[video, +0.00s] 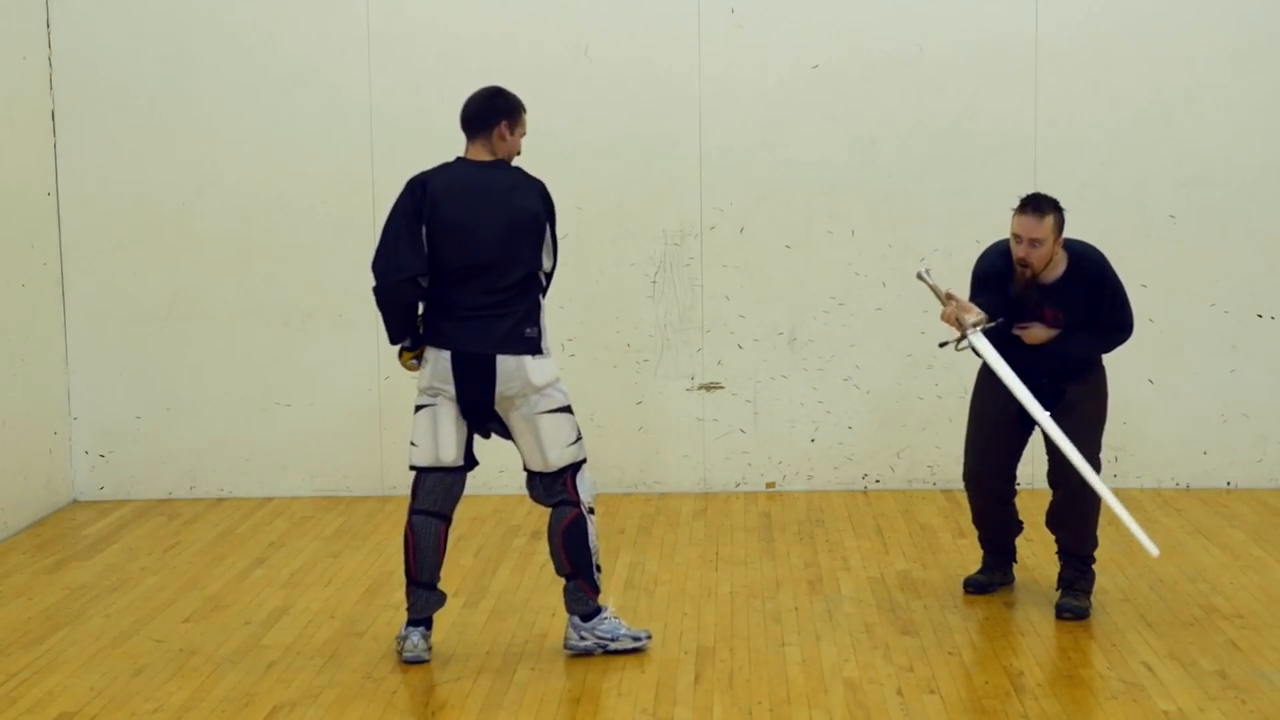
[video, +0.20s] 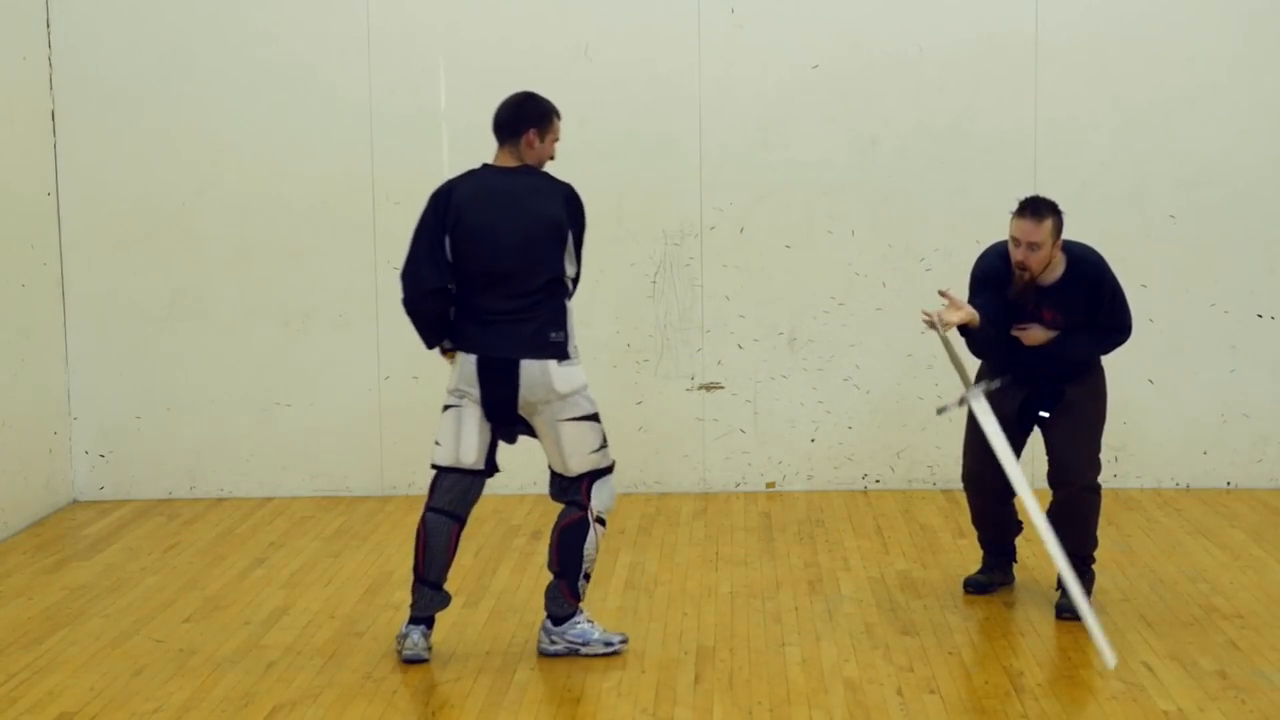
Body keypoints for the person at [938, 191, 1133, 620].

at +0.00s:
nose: (1024, 252)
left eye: (1035, 243)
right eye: (1018, 240)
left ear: (1058, 240)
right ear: (1011, 233)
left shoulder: (1090, 267)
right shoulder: (994, 264)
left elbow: (1119, 327)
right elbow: (989, 338)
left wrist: (1056, 337)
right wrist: (973, 323)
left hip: (1074, 375)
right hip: (1005, 370)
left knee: (1075, 476)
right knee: (984, 470)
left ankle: (1075, 582)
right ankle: (997, 563)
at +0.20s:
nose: (1021, 255)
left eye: (1032, 247)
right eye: (1015, 243)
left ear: (1058, 243)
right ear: (1009, 236)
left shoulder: (1088, 269)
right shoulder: (992, 265)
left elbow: (1118, 328)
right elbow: (985, 348)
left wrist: (1055, 338)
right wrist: (972, 320)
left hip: (1074, 379)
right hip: (1006, 374)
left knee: (1076, 480)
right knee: (982, 472)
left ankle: (1075, 581)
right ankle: (997, 563)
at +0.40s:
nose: (1022, 261)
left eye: (1033, 254)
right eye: (1017, 249)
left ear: (1059, 250)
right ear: (1010, 241)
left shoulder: (1088, 274)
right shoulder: (992, 268)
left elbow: (1117, 332)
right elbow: (982, 351)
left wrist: (1054, 342)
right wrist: (969, 318)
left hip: (1073, 382)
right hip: (1003, 378)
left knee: (1075, 480)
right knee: (983, 470)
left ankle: (1075, 585)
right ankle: (996, 564)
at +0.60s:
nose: (1026, 262)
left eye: (1038, 256)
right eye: (1022, 250)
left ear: (1063, 255)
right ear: (1016, 240)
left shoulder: (1091, 276)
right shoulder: (995, 267)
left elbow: (1115, 336)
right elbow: (978, 352)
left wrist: (1052, 344)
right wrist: (971, 326)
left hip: (1071, 384)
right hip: (1001, 378)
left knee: (1075, 481)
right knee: (980, 475)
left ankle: (1075, 582)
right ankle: (997, 563)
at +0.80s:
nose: (1032, 266)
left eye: (1044, 260)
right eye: (1029, 253)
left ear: (1069, 260)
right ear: (1023, 242)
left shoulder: (1096, 281)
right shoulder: (999, 267)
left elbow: (1116, 341)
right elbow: (978, 352)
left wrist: (1053, 346)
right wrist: (978, 330)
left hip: (1071, 385)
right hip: (1001, 378)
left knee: (1076, 480)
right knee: (979, 477)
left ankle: (1075, 582)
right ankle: (997, 562)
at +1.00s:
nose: (1042, 284)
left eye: (1055, 279)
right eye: (1038, 271)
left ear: (1078, 276)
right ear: (1031, 257)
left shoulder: (1101, 290)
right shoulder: (1003, 275)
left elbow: (1119, 344)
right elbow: (973, 357)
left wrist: (1060, 354)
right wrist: (980, 334)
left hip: (1073, 388)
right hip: (1002, 380)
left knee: (1077, 480)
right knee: (979, 476)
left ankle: (1075, 582)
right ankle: (996, 562)